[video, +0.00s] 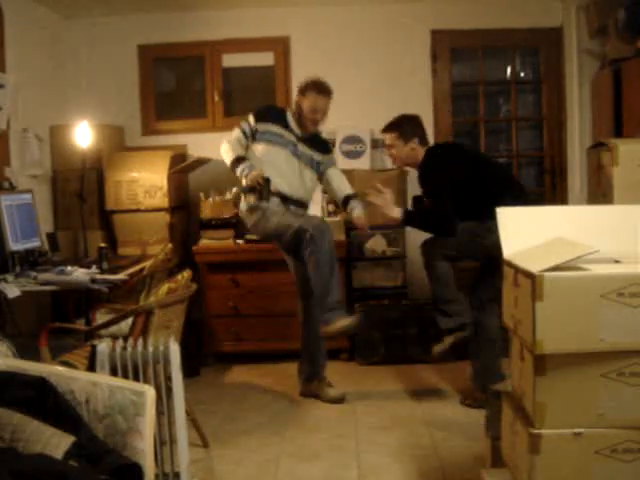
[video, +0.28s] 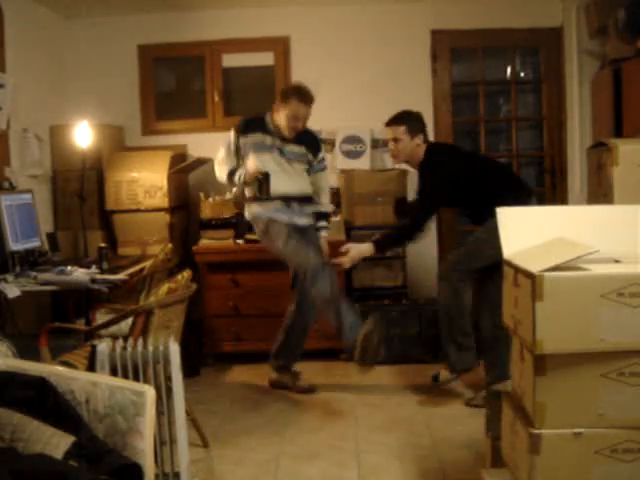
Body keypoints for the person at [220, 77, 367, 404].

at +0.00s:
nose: (316, 118)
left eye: (322, 112)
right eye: (312, 110)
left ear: (327, 111)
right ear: (297, 102)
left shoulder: (321, 148)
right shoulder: (269, 119)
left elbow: (335, 179)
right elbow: (231, 144)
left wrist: (353, 205)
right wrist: (245, 170)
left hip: (296, 216)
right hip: (260, 207)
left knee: (312, 289)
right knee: (316, 228)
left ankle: (313, 378)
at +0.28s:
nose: (299, 125)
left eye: (304, 119)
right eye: (294, 118)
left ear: (309, 115)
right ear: (277, 109)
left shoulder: (310, 143)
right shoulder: (248, 132)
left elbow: (322, 191)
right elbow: (223, 170)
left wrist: (323, 231)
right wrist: (244, 173)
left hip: (306, 221)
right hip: (269, 217)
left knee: (310, 290)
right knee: (315, 268)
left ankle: (282, 367)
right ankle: (356, 337)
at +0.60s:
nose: (291, 109)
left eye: (294, 103)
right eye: (288, 102)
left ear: (281, 96)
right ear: (269, 93)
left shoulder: (273, 114)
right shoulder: (245, 126)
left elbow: (292, 102)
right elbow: (214, 179)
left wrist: (304, 89)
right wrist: (254, 179)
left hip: (297, 214)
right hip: (273, 219)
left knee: (332, 273)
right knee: (292, 298)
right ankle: (263, 385)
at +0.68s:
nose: (296, 121)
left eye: (300, 114)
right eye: (294, 112)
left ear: (284, 106)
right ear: (275, 102)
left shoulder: (272, 127)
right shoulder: (248, 136)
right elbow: (215, 189)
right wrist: (257, 193)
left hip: (293, 221)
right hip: (272, 229)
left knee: (339, 259)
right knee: (288, 312)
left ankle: (270, 274)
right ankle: (256, 390)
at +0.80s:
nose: (301, 139)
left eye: (304, 135)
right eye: (300, 132)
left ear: (284, 120)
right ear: (282, 120)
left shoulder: (273, 138)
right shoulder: (249, 157)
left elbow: (308, 131)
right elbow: (218, 211)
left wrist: (321, 105)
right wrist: (268, 217)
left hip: (283, 226)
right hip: (265, 241)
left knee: (337, 224)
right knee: (295, 319)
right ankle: (254, 392)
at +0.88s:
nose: (300, 137)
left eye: (303, 131)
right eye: (299, 130)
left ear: (284, 119)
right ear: (282, 119)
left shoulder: (269, 134)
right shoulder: (250, 151)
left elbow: (304, 133)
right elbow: (221, 207)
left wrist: (325, 109)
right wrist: (269, 219)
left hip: (280, 225)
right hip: (262, 239)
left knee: (335, 222)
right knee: (292, 318)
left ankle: (339, 299)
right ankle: (254, 393)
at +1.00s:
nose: (291, 112)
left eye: (293, 105)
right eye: (291, 104)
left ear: (276, 92)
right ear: (277, 92)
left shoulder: (254, 114)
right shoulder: (249, 127)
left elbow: (301, 118)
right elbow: (233, 189)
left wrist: (349, 117)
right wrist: (276, 216)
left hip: (257, 210)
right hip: (253, 216)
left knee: (270, 303)